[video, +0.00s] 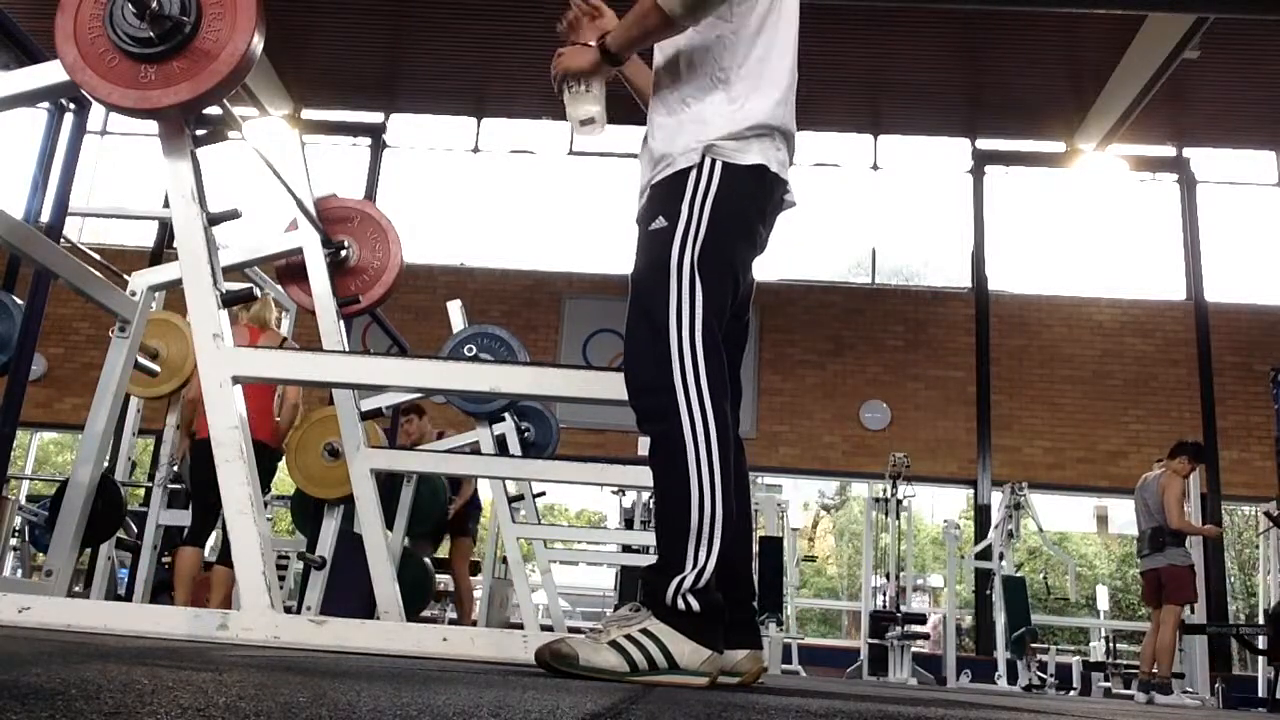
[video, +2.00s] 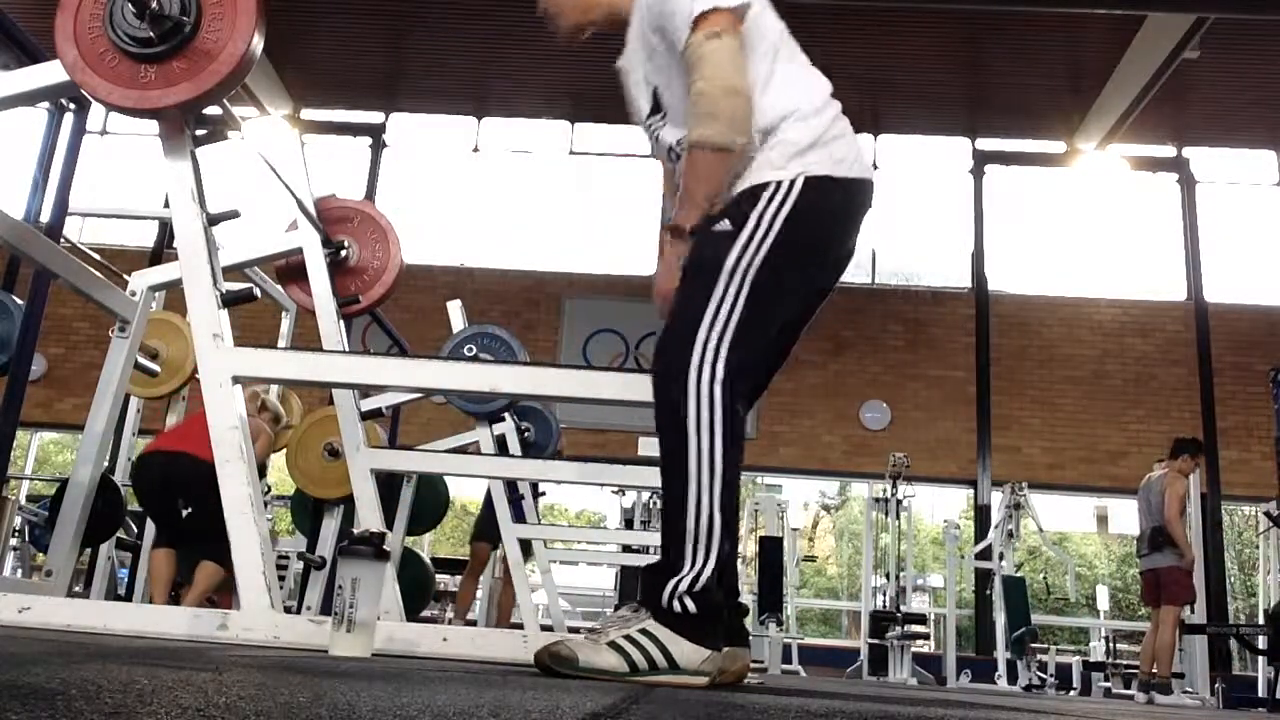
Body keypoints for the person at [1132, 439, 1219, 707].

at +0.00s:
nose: (1190, 475)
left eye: (1193, 470)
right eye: (1192, 469)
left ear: (1174, 459)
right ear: (1181, 461)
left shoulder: (1144, 480)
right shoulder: (1172, 480)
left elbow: (1145, 525)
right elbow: (1176, 522)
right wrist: (1204, 530)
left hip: (1149, 563)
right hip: (1173, 562)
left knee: (1156, 624)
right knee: (1169, 624)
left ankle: (1143, 685)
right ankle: (1164, 688)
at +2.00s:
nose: (1194, 471)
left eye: (1196, 466)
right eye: (1194, 465)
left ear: (1175, 459)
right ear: (1184, 459)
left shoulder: (1147, 480)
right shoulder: (1176, 480)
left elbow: (1147, 522)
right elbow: (1171, 518)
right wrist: (1187, 550)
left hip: (1148, 562)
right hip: (1170, 560)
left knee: (1155, 623)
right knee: (1168, 624)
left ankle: (1143, 685)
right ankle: (1163, 687)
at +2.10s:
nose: (1194, 471)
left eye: (1196, 467)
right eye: (1195, 465)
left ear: (1176, 459)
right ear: (1184, 459)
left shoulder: (1148, 480)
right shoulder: (1176, 481)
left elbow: (1148, 522)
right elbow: (1171, 519)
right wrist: (1188, 550)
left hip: (1148, 561)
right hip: (1169, 560)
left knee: (1155, 623)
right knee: (1168, 624)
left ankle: (1143, 685)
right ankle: (1163, 687)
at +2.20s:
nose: (1194, 472)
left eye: (1196, 467)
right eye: (1195, 466)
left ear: (1176, 459)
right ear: (1184, 459)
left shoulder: (1148, 480)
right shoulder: (1176, 480)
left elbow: (1149, 522)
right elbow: (1170, 518)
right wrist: (1188, 550)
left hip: (1148, 561)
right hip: (1169, 560)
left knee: (1155, 623)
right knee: (1167, 624)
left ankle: (1143, 685)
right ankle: (1163, 687)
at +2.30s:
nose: (1195, 472)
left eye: (1197, 467)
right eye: (1196, 466)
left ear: (1176, 459)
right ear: (1185, 459)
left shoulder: (1149, 480)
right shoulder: (1176, 480)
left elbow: (1149, 521)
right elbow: (1168, 517)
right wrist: (1188, 549)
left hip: (1149, 560)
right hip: (1169, 559)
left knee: (1156, 623)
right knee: (1167, 623)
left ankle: (1143, 684)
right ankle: (1163, 687)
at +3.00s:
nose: (1199, 474)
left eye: (1201, 469)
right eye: (1200, 469)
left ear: (1183, 458)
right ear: (1191, 461)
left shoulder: (1154, 481)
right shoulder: (1178, 479)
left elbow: (1158, 527)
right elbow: (1179, 524)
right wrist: (1203, 550)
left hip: (1156, 561)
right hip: (1173, 560)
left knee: (1186, 619)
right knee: (1169, 621)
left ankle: (1170, 679)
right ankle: (1164, 686)